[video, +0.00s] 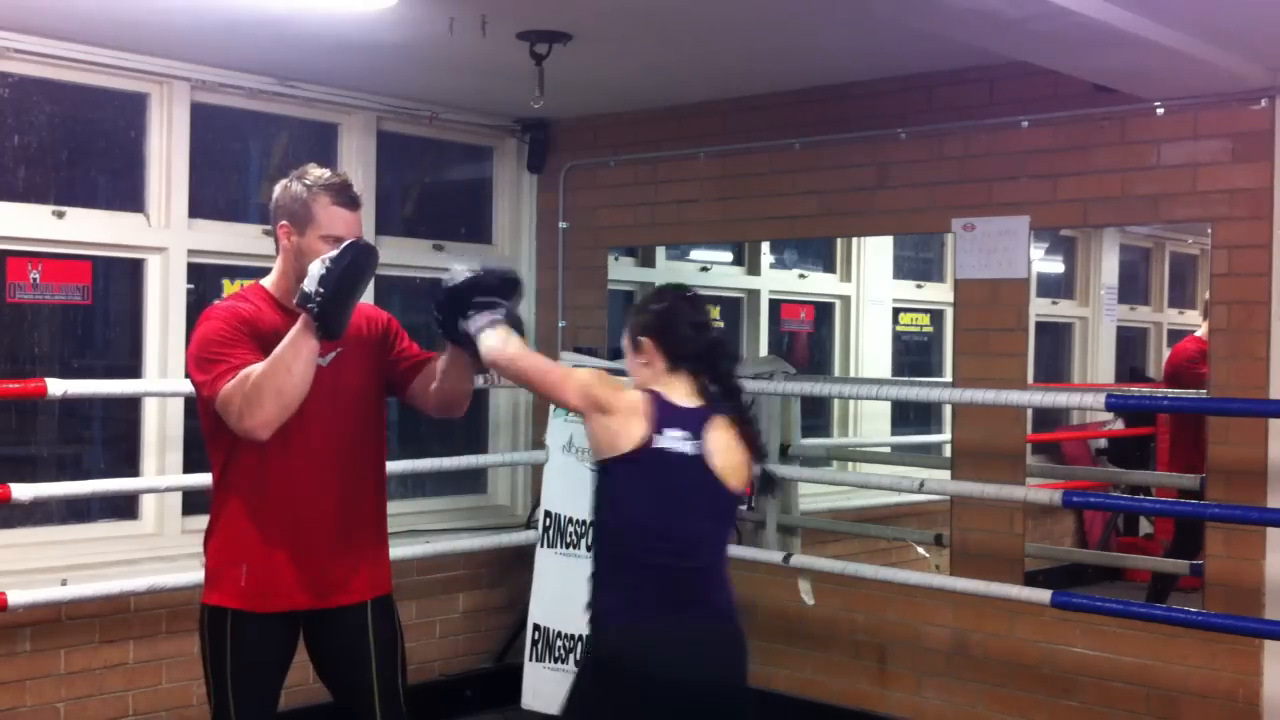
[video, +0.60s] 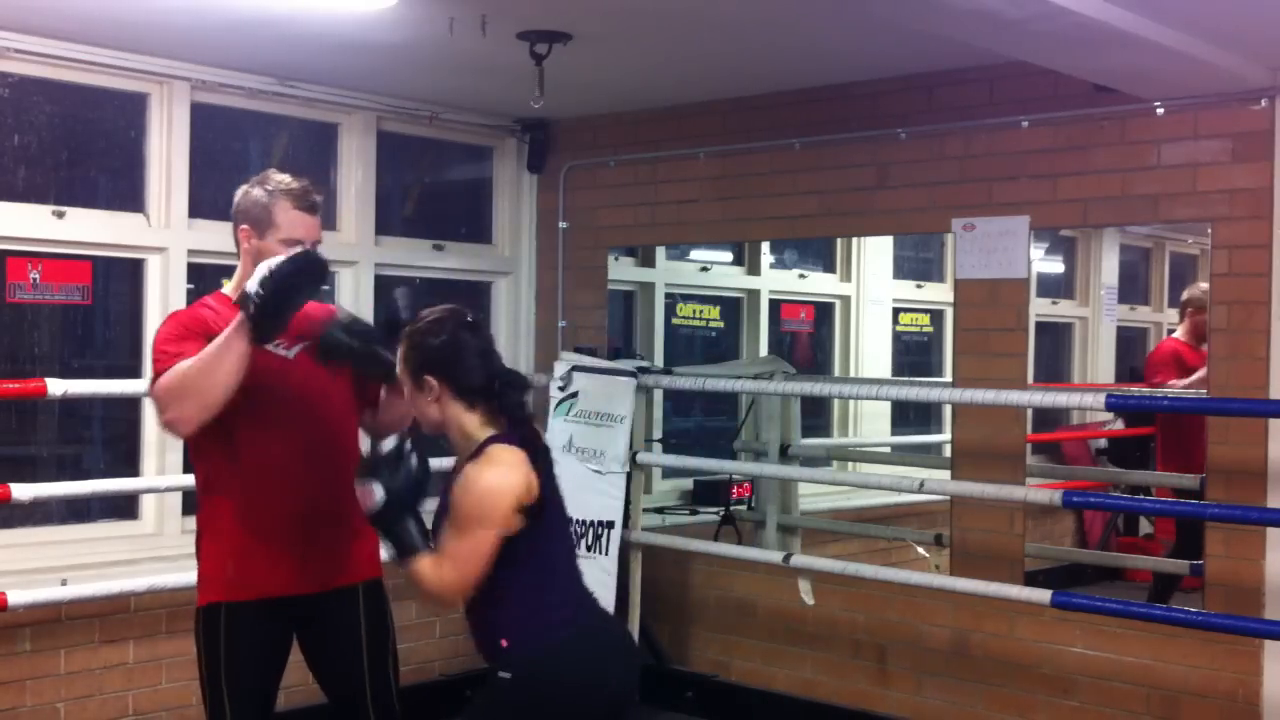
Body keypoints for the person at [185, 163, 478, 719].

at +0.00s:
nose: (345, 258)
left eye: (353, 245)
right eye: (331, 241)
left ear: (363, 245)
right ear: (285, 236)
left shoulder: (372, 326)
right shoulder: (226, 323)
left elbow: (445, 401)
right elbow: (254, 416)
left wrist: (463, 332)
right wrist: (316, 316)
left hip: (354, 581)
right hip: (251, 586)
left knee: (382, 710)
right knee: (241, 713)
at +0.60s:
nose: (307, 260)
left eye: (314, 246)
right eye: (292, 245)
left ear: (321, 242)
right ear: (246, 239)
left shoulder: (333, 324)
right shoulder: (193, 324)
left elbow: (386, 421)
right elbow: (180, 414)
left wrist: (396, 372)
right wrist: (253, 318)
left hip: (344, 577)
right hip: (242, 585)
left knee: (375, 709)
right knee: (238, 713)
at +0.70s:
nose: (306, 256)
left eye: (312, 241)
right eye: (290, 239)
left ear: (316, 242)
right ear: (245, 239)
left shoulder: (331, 330)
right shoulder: (188, 333)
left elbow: (369, 424)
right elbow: (180, 435)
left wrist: (402, 438)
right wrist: (255, 335)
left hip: (338, 578)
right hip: (236, 589)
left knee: (371, 708)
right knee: (231, 715)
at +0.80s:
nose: (312, 259)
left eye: (317, 245)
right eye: (296, 242)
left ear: (322, 247)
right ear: (250, 242)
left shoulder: (324, 333)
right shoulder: (194, 341)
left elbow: (353, 440)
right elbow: (208, 452)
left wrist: (388, 493)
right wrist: (296, 376)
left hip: (333, 581)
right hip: (233, 594)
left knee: (368, 708)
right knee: (233, 714)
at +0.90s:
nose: (328, 264)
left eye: (333, 250)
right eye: (313, 247)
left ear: (333, 253)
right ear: (267, 245)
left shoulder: (318, 335)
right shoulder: (214, 341)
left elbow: (311, 461)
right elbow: (250, 461)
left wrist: (334, 541)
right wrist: (335, 396)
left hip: (325, 581)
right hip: (233, 597)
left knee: (366, 707)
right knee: (236, 714)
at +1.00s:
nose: (352, 268)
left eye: (357, 254)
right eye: (337, 250)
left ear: (360, 253)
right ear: (291, 247)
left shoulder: (317, 338)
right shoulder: (248, 336)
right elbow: (296, 462)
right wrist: (363, 396)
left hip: (323, 580)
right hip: (239, 593)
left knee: (365, 704)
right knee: (240, 713)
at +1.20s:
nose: (417, 281)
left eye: (423, 267)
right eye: (404, 262)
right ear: (357, 257)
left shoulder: (350, 333)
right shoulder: (310, 332)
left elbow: (336, 444)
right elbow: (333, 457)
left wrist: (393, 395)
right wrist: (415, 384)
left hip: (337, 573)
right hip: (259, 580)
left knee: (386, 704)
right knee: (250, 712)